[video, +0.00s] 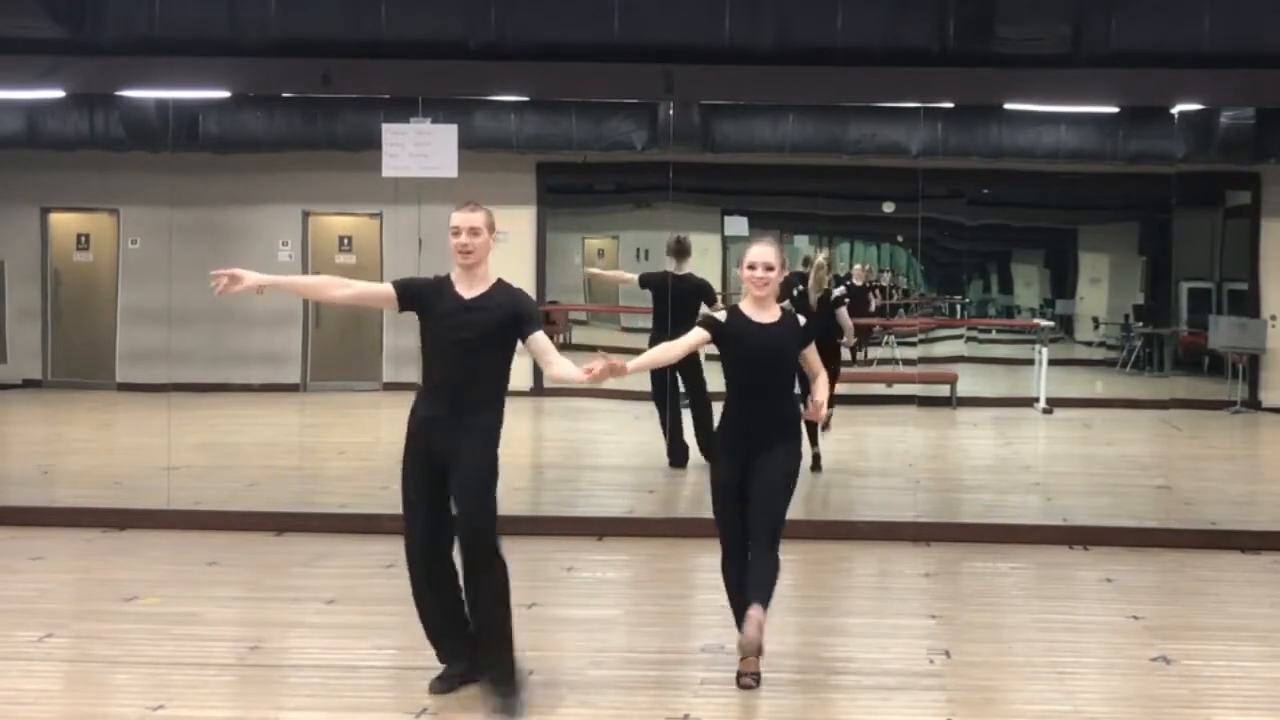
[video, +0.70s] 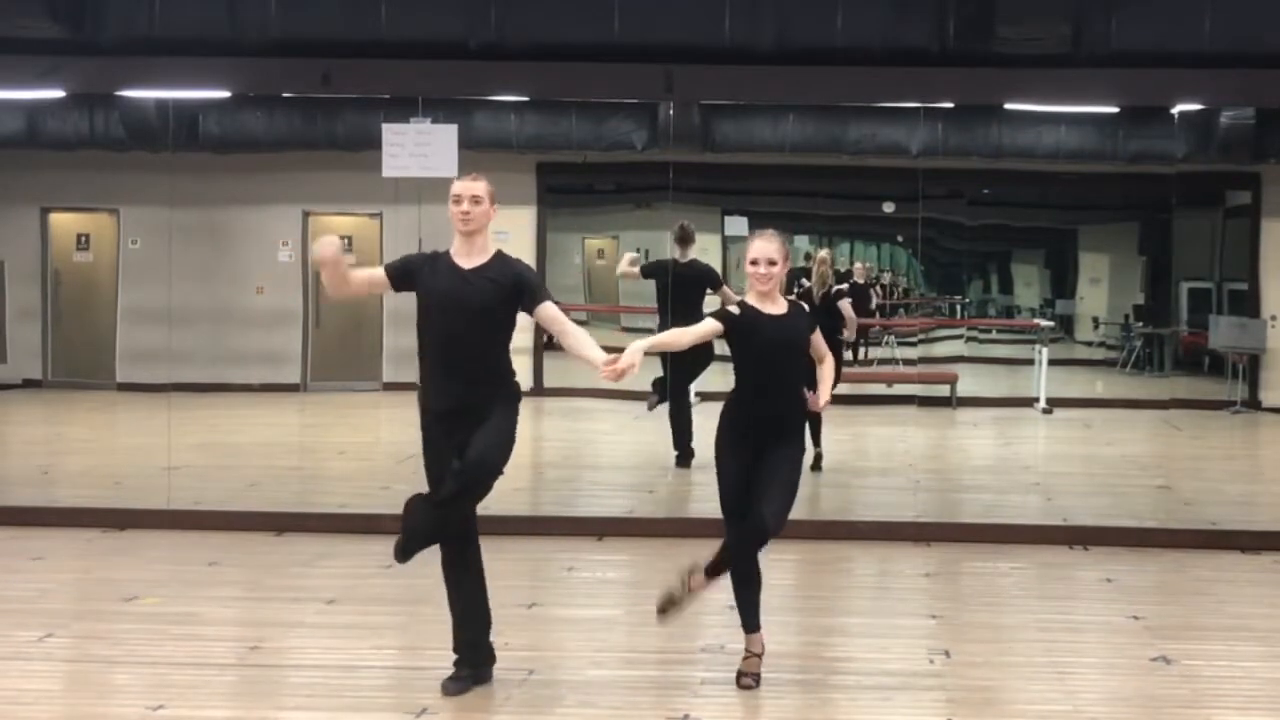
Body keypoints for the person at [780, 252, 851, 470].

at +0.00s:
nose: (823, 276)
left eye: (815, 271)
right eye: (825, 272)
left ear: (809, 273)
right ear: (827, 274)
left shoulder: (798, 296)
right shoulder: (833, 295)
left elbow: (780, 313)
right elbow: (847, 324)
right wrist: (849, 339)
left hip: (804, 347)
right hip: (828, 346)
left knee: (807, 397)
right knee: (829, 382)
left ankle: (815, 450)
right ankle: (826, 412)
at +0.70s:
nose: (821, 268)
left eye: (820, 263)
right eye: (824, 263)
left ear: (813, 267)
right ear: (831, 268)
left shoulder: (803, 290)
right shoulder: (836, 291)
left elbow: (792, 315)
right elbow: (850, 316)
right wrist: (850, 334)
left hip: (807, 345)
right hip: (831, 344)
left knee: (811, 399)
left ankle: (817, 448)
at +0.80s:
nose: (822, 268)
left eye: (822, 263)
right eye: (824, 263)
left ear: (814, 265)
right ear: (832, 267)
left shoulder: (802, 286)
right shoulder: (839, 290)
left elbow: (788, 310)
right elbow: (858, 316)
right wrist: (851, 338)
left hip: (804, 344)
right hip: (829, 345)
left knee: (806, 396)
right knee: (820, 396)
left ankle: (818, 445)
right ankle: (818, 445)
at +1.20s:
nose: (826, 268)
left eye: (824, 263)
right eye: (827, 264)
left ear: (816, 266)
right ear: (833, 267)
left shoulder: (804, 291)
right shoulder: (841, 291)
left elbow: (792, 318)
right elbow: (865, 317)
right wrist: (852, 337)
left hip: (809, 351)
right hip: (834, 351)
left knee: (811, 400)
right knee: (829, 401)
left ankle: (815, 446)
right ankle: (819, 442)